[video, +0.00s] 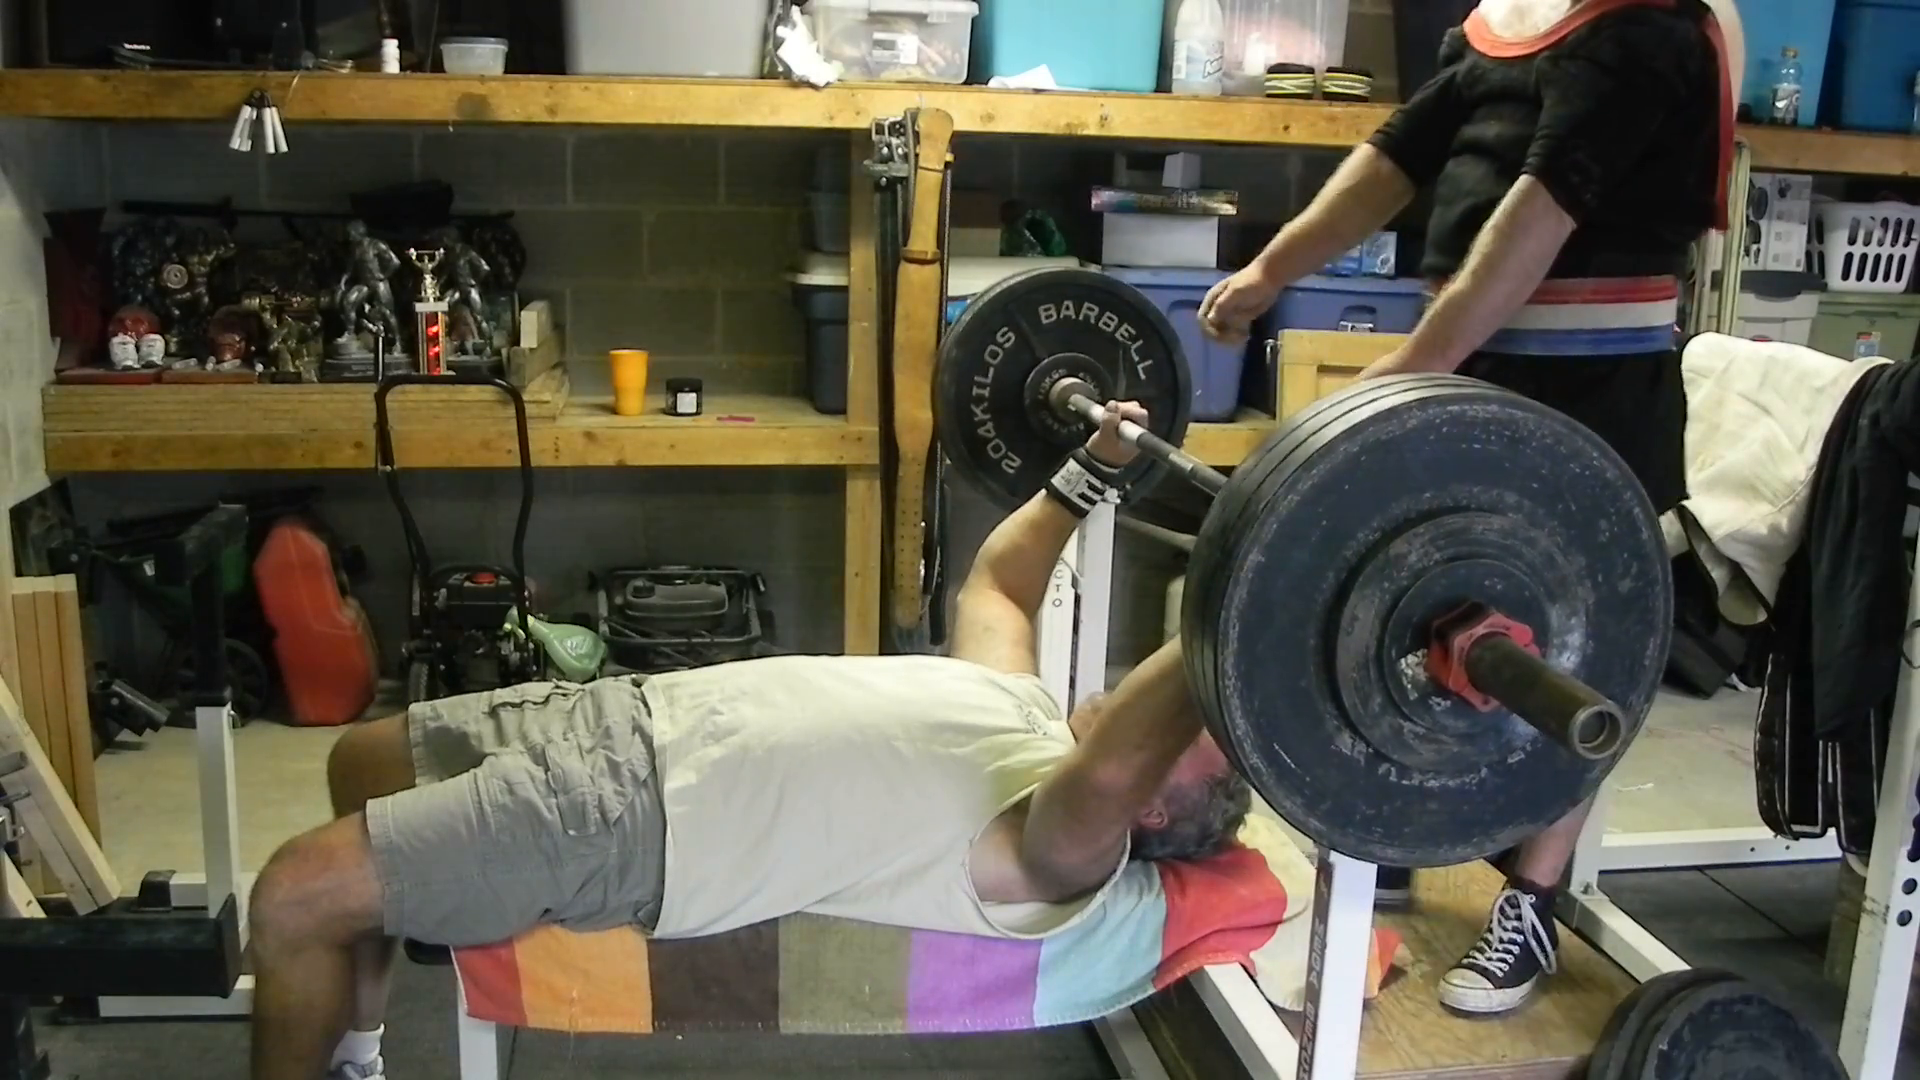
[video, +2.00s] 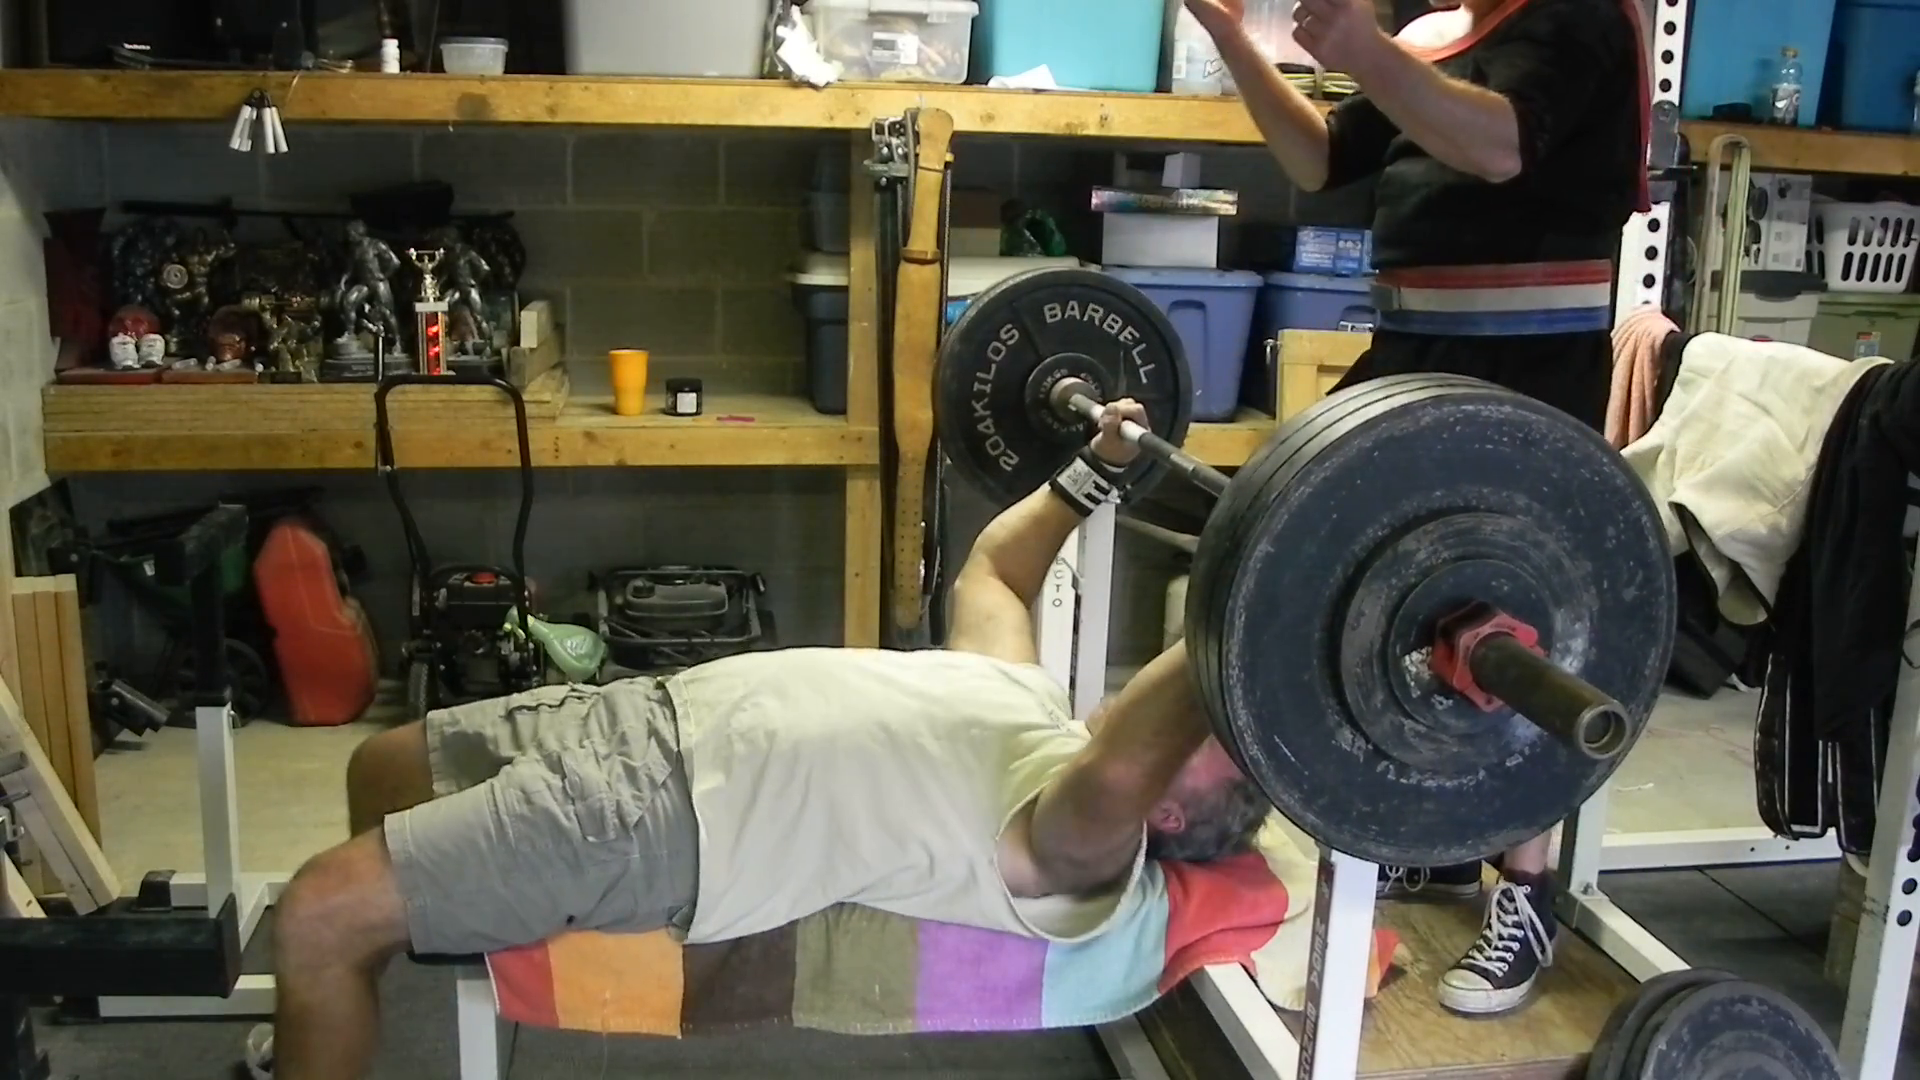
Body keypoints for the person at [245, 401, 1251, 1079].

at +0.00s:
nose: (1166, 718)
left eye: (1199, 738)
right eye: (1189, 711)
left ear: (1194, 803)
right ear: (1161, 732)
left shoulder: (1061, 857)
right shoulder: (1009, 716)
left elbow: (1121, 748)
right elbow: (1005, 583)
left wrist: (1249, 614)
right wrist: (1089, 472)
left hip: (631, 822)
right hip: (621, 711)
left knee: (297, 892)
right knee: (367, 763)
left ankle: (295, 1063)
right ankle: (350, 1040)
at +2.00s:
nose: (1185, 731)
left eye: (1218, 745)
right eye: (1202, 716)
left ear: (1206, 810)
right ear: (1173, 719)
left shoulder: (1074, 851)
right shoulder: (1017, 702)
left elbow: (1125, 761)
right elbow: (999, 570)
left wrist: (1250, 623)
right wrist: (1086, 472)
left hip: (656, 821)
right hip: (635, 709)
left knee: (320, 914)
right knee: (384, 768)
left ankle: (318, 1062)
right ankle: (424, 951)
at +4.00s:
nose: (1191, 734)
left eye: (1220, 744)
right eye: (1207, 720)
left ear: (1214, 801)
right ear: (1184, 736)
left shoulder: (1080, 853)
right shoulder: (1026, 714)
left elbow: (1143, 753)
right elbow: (1008, 588)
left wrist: (1258, 608)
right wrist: (1091, 469)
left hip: (667, 818)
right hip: (648, 709)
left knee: (325, 921)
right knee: (386, 766)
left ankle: (331, 1065)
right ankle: (407, 991)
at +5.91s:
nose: (1181, 727)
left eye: (1209, 744)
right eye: (1201, 722)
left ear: (1207, 815)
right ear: (1184, 739)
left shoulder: (1088, 868)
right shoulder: (1039, 726)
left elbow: (1152, 751)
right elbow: (1015, 584)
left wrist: (1263, 602)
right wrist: (1102, 469)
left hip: (666, 816)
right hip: (654, 713)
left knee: (329, 918)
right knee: (394, 768)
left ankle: (330, 1066)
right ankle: (355, 1023)